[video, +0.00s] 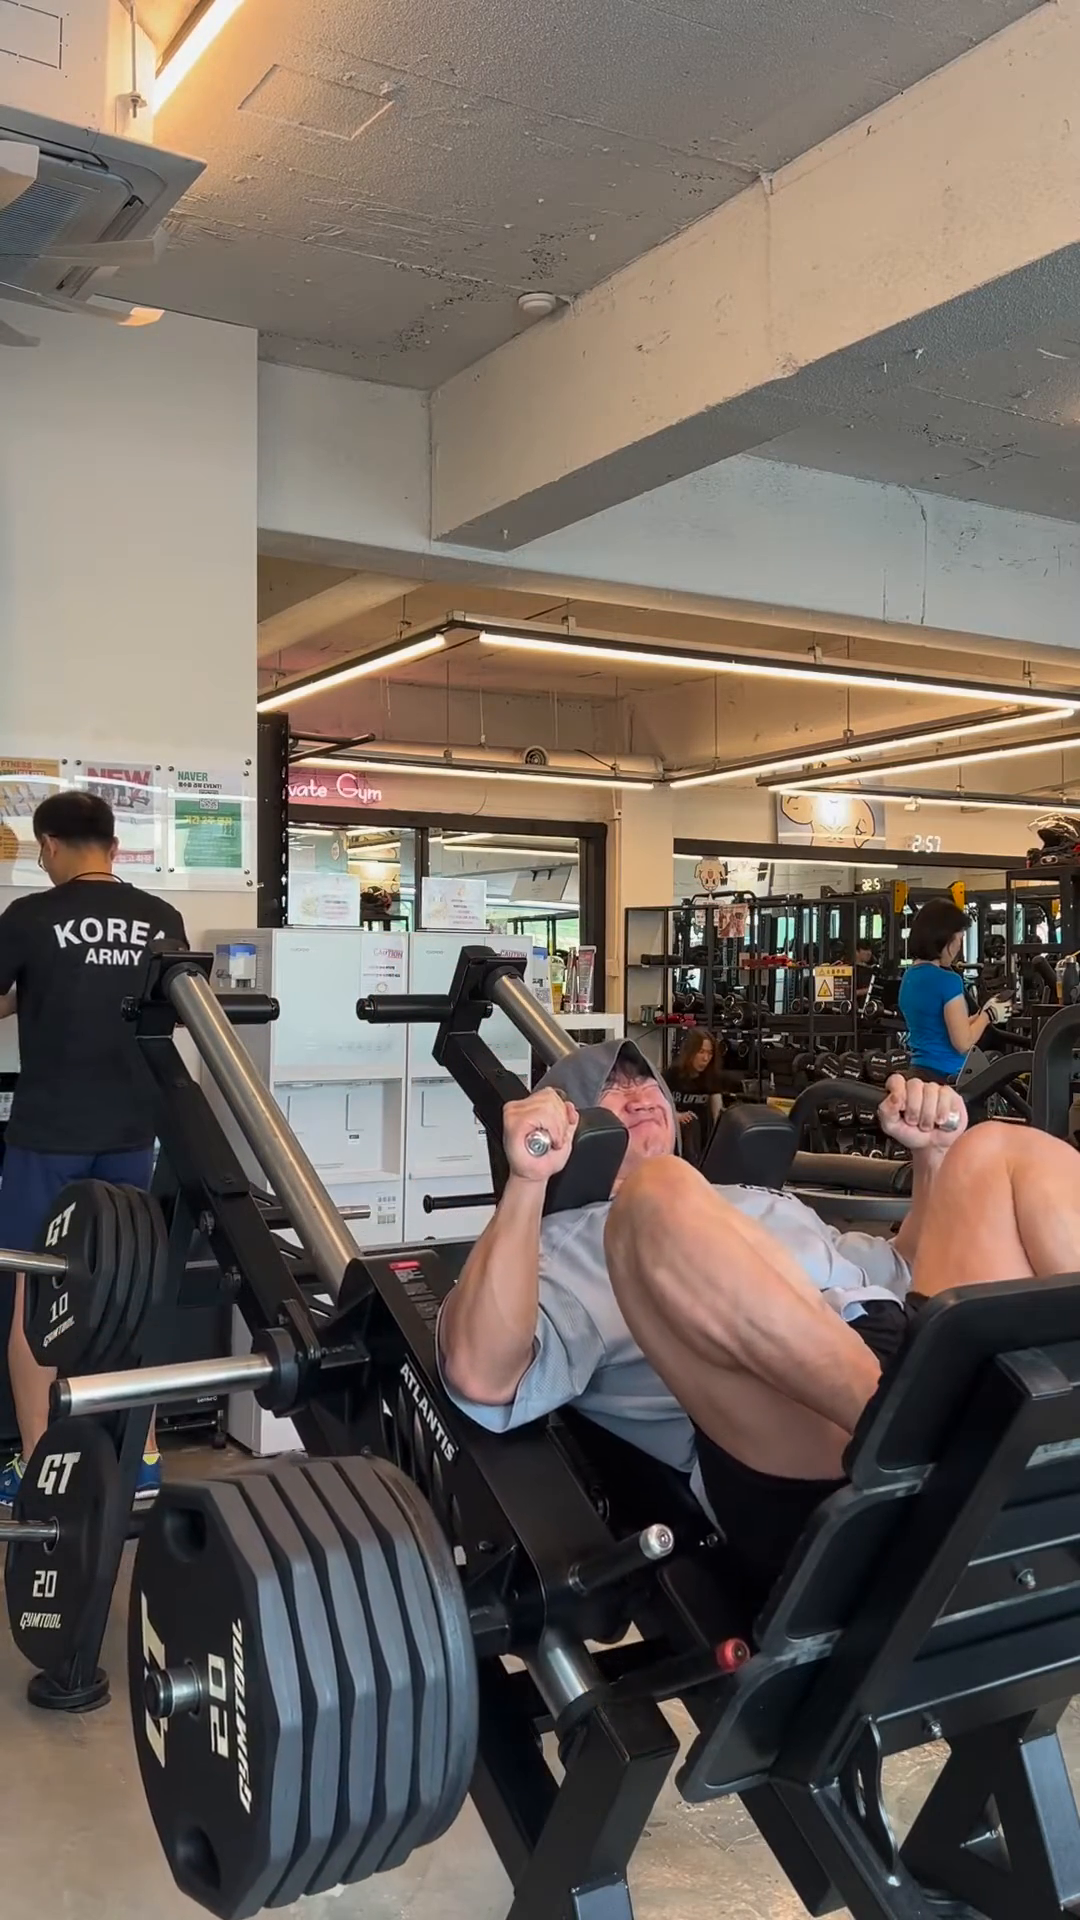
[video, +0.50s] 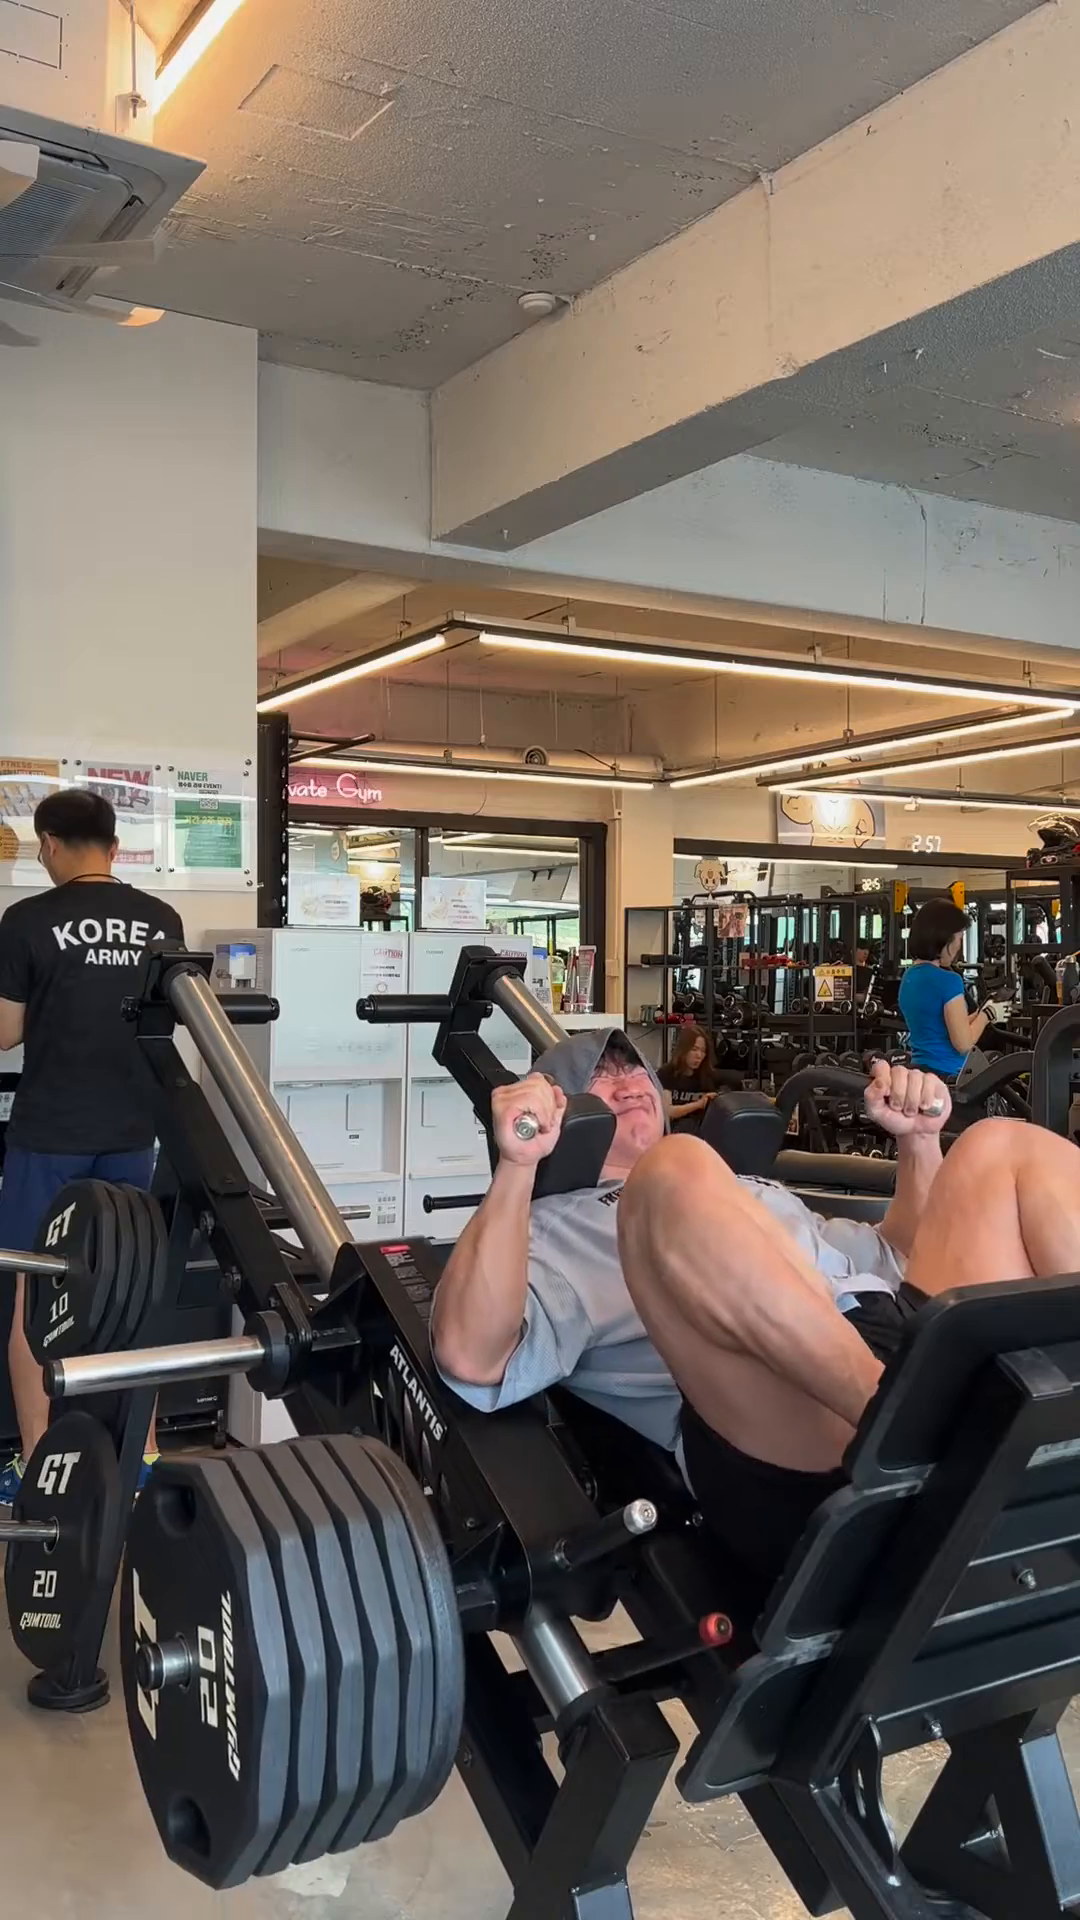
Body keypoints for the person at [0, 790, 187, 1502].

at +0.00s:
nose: (41, 862)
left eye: (40, 852)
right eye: (42, 853)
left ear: (48, 849)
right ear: (114, 848)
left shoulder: (30, 916)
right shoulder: (164, 917)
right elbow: (177, 1010)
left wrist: (35, 988)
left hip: (50, 1130)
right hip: (136, 1131)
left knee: (27, 1298)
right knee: (126, 1287)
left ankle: (40, 1466)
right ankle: (138, 1455)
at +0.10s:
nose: (41, 862)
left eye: (40, 852)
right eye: (43, 852)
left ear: (47, 849)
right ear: (114, 848)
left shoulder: (30, 917)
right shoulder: (163, 918)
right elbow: (174, 1013)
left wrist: (37, 989)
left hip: (50, 1131)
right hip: (136, 1131)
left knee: (28, 1298)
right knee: (127, 1287)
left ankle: (40, 1467)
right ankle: (139, 1454)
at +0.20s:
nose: (42, 861)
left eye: (40, 851)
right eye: (43, 851)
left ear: (47, 849)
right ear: (114, 848)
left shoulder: (29, 918)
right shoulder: (162, 918)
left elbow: (8, 1021)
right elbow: (173, 1019)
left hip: (49, 1131)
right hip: (136, 1131)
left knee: (28, 1299)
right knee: (129, 1287)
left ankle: (41, 1466)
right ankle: (140, 1454)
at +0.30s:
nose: (43, 859)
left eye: (41, 849)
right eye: (46, 850)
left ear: (48, 847)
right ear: (114, 847)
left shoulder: (29, 920)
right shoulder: (162, 918)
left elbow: (7, 1029)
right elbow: (171, 1019)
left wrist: (62, 1018)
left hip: (49, 1131)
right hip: (136, 1132)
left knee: (28, 1298)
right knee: (129, 1287)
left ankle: (41, 1464)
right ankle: (139, 1454)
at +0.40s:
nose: (46, 860)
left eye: (43, 849)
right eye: (49, 849)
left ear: (48, 847)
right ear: (114, 849)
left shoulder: (29, 920)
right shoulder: (162, 918)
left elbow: (8, 1031)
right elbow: (171, 1019)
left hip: (51, 1132)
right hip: (138, 1132)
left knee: (27, 1301)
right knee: (131, 1290)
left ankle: (42, 1467)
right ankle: (139, 1455)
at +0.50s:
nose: (45, 859)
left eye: (43, 848)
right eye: (47, 849)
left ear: (49, 846)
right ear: (115, 847)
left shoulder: (29, 920)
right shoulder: (163, 918)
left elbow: (7, 1031)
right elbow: (171, 1019)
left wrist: (62, 1014)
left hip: (50, 1132)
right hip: (138, 1133)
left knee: (26, 1299)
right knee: (131, 1292)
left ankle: (40, 1463)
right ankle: (136, 1455)